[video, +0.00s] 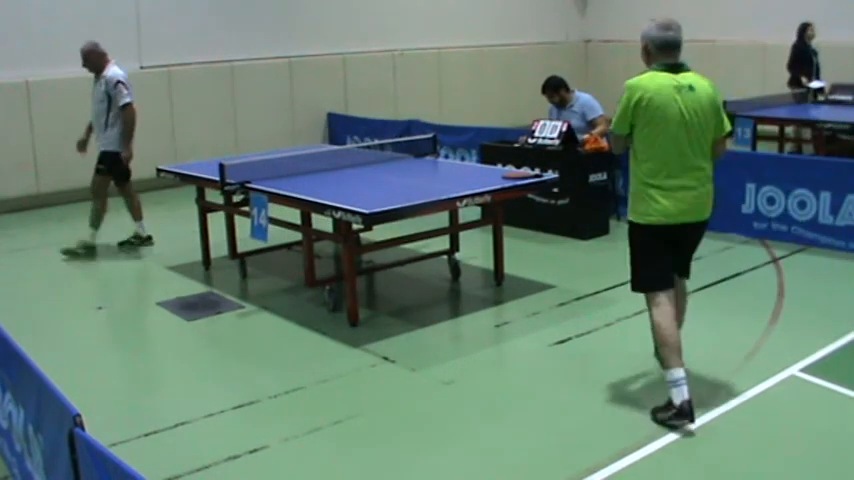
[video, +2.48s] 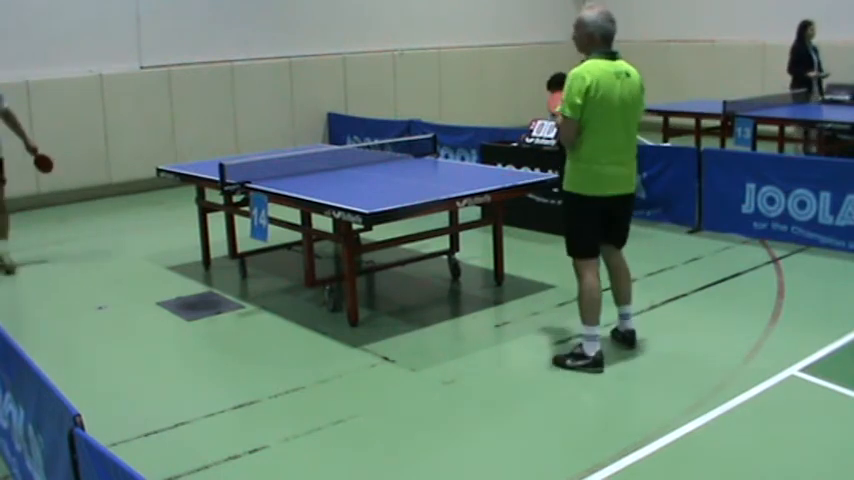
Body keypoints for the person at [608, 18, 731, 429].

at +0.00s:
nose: (643, 55)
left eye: (643, 50)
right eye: (648, 49)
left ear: (646, 52)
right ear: (680, 50)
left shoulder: (637, 88)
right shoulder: (704, 88)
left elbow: (618, 143)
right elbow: (721, 145)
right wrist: (693, 157)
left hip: (653, 211)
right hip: (697, 208)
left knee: (659, 300)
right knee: (679, 278)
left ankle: (681, 402)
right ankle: (669, 347)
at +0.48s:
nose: (601, 52)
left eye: (601, 48)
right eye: (604, 47)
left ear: (605, 48)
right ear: (634, 45)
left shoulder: (597, 81)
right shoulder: (660, 77)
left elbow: (583, 137)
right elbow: (681, 130)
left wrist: (589, 140)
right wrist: (657, 151)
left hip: (614, 189)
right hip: (658, 188)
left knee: (600, 251)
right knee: (661, 265)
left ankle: (587, 305)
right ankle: (668, 343)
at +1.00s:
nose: (545, 62)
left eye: (545, 58)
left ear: (549, 58)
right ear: (574, 53)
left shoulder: (545, 86)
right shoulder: (600, 71)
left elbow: (545, 136)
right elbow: (623, 112)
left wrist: (538, 166)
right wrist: (628, 154)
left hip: (572, 170)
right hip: (612, 163)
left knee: (569, 233)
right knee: (627, 231)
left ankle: (575, 300)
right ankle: (640, 298)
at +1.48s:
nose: (548, 53)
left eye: (548, 49)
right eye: (549, 49)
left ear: (554, 48)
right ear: (580, 43)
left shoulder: (550, 78)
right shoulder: (607, 68)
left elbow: (544, 129)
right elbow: (629, 114)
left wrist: (540, 148)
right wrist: (619, 137)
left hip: (574, 171)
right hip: (614, 167)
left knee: (571, 237)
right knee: (618, 238)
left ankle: (576, 301)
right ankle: (632, 305)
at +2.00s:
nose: (581, 38)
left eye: (583, 33)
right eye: (582, 32)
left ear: (591, 38)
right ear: (616, 37)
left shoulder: (589, 74)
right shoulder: (641, 73)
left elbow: (577, 130)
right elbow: (646, 114)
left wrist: (562, 117)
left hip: (594, 179)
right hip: (635, 178)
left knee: (580, 244)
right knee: (624, 247)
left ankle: (577, 312)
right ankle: (628, 326)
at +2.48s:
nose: (573, 39)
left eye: (575, 34)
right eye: (574, 33)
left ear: (582, 37)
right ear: (611, 37)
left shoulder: (581, 76)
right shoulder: (633, 75)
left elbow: (568, 137)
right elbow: (633, 123)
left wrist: (559, 115)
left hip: (585, 186)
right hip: (623, 184)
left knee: (587, 265)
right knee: (613, 251)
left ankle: (590, 349)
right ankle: (626, 327)